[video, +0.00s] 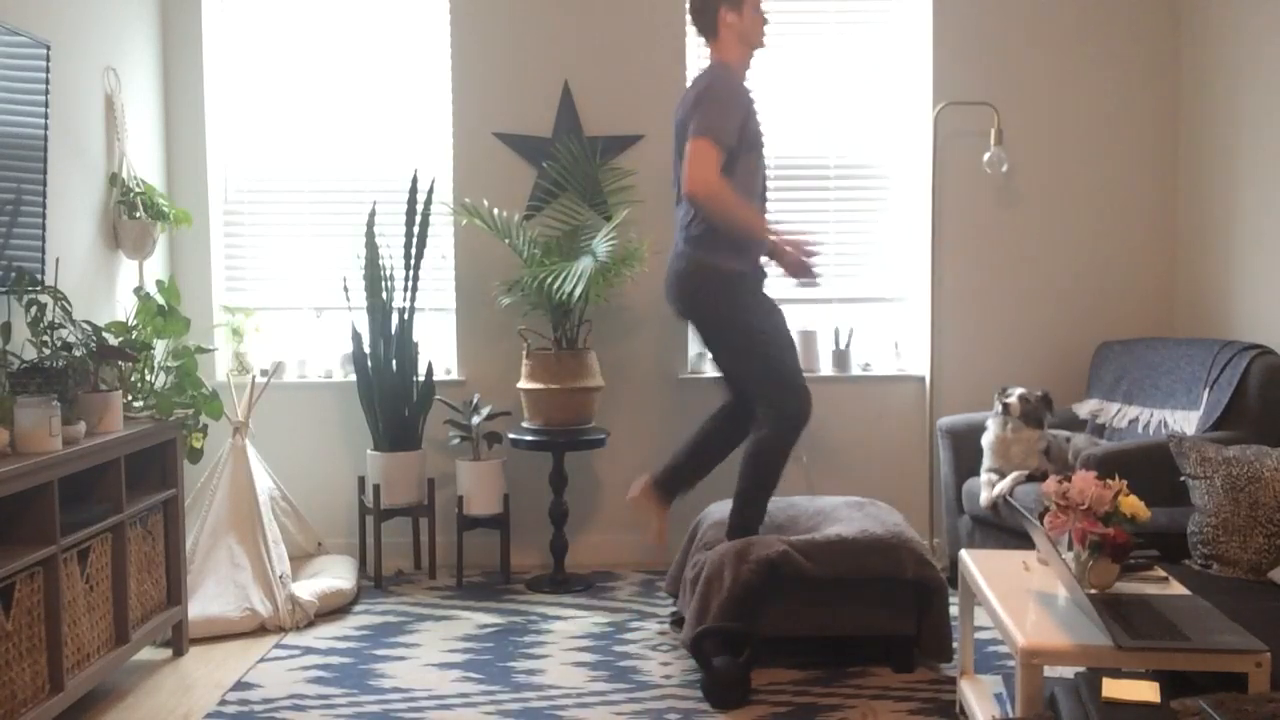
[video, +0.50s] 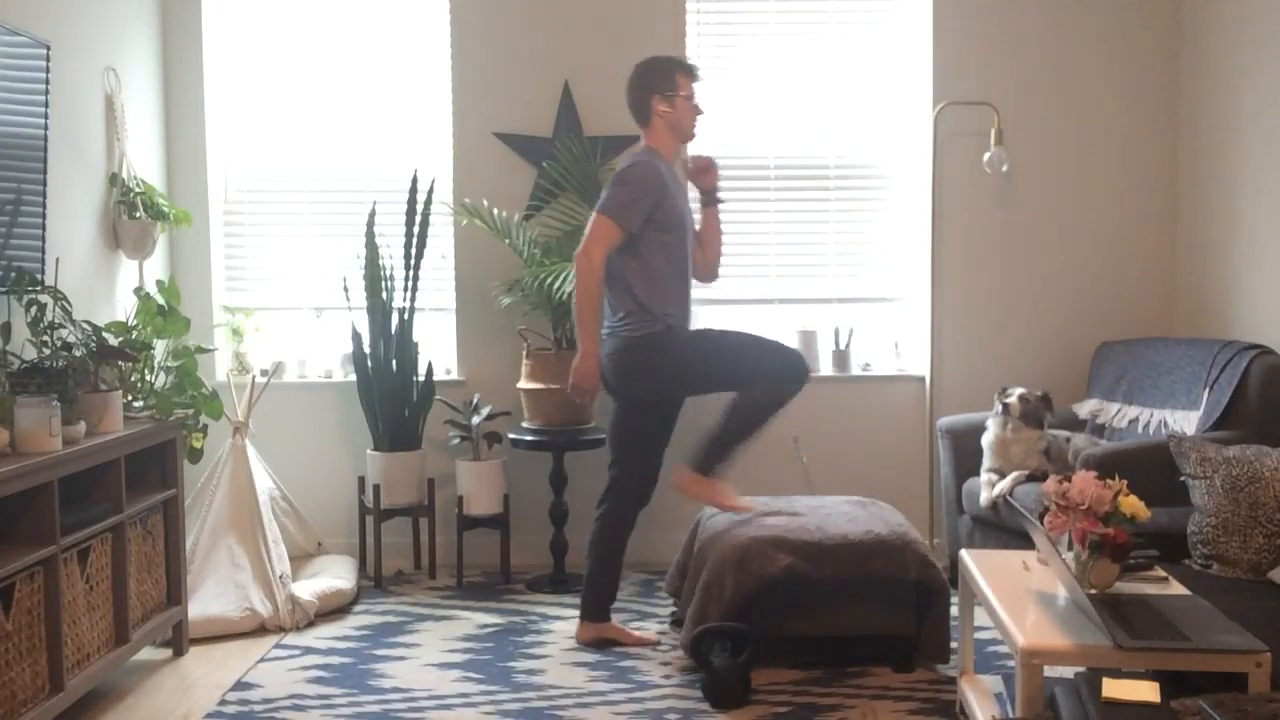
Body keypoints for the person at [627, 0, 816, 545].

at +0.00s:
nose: (765, 22)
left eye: (762, 12)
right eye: (755, 11)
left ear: (725, 24)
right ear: (727, 20)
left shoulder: (714, 88)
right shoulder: (722, 89)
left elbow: (709, 191)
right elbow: (700, 183)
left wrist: (772, 244)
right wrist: (773, 243)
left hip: (709, 273)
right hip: (720, 276)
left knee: (752, 401)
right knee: (787, 406)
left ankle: (659, 490)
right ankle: (740, 545)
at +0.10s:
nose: (758, 49)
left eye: (754, 38)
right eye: (750, 38)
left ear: (719, 51)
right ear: (722, 49)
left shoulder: (721, 123)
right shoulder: (710, 119)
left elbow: (729, 231)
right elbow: (679, 210)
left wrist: (796, 249)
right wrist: (732, 286)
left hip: (695, 302)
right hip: (703, 302)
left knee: (702, 433)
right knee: (799, 412)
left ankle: (635, 550)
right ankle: (741, 545)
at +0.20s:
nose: (747, 86)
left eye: (743, 75)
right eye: (738, 76)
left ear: (708, 87)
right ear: (709, 85)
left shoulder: (710, 158)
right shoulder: (696, 155)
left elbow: (722, 262)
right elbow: (656, 245)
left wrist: (792, 239)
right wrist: (684, 336)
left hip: (685, 331)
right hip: (696, 332)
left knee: (665, 467)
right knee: (805, 416)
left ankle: (617, 590)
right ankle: (742, 547)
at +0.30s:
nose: (730, 112)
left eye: (727, 102)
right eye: (721, 102)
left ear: (692, 111)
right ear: (692, 110)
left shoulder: (691, 184)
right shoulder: (674, 180)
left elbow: (717, 281)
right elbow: (629, 267)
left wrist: (764, 223)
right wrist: (636, 362)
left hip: (675, 357)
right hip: (679, 357)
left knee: (650, 490)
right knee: (805, 409)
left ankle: (598, 615)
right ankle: (745, 531)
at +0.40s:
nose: (712, 113)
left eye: (710, 102)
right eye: (704, 103)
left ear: (678, 111)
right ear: (674, 110)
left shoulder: (677, 184)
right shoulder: (656, 178)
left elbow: (711, 276)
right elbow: (608, 262)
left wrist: (732, 211)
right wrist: (601, 360)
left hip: (659, 358)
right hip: (660, 357)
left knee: (644, 489)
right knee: (796, 385)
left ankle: (596, 618)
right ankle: (746, 514)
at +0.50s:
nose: (698, 108)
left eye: (696, 97)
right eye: (689, 98)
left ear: (667, 107)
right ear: (659, 106)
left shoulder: (669, 176)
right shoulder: (643, 170)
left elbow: (705, 267)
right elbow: (589, 256)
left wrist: (709, 194)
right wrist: (586, 352)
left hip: (646, 350)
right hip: (650, 349)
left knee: (627, 489)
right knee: (786, 368)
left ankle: (594, 620)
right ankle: (702, 472)